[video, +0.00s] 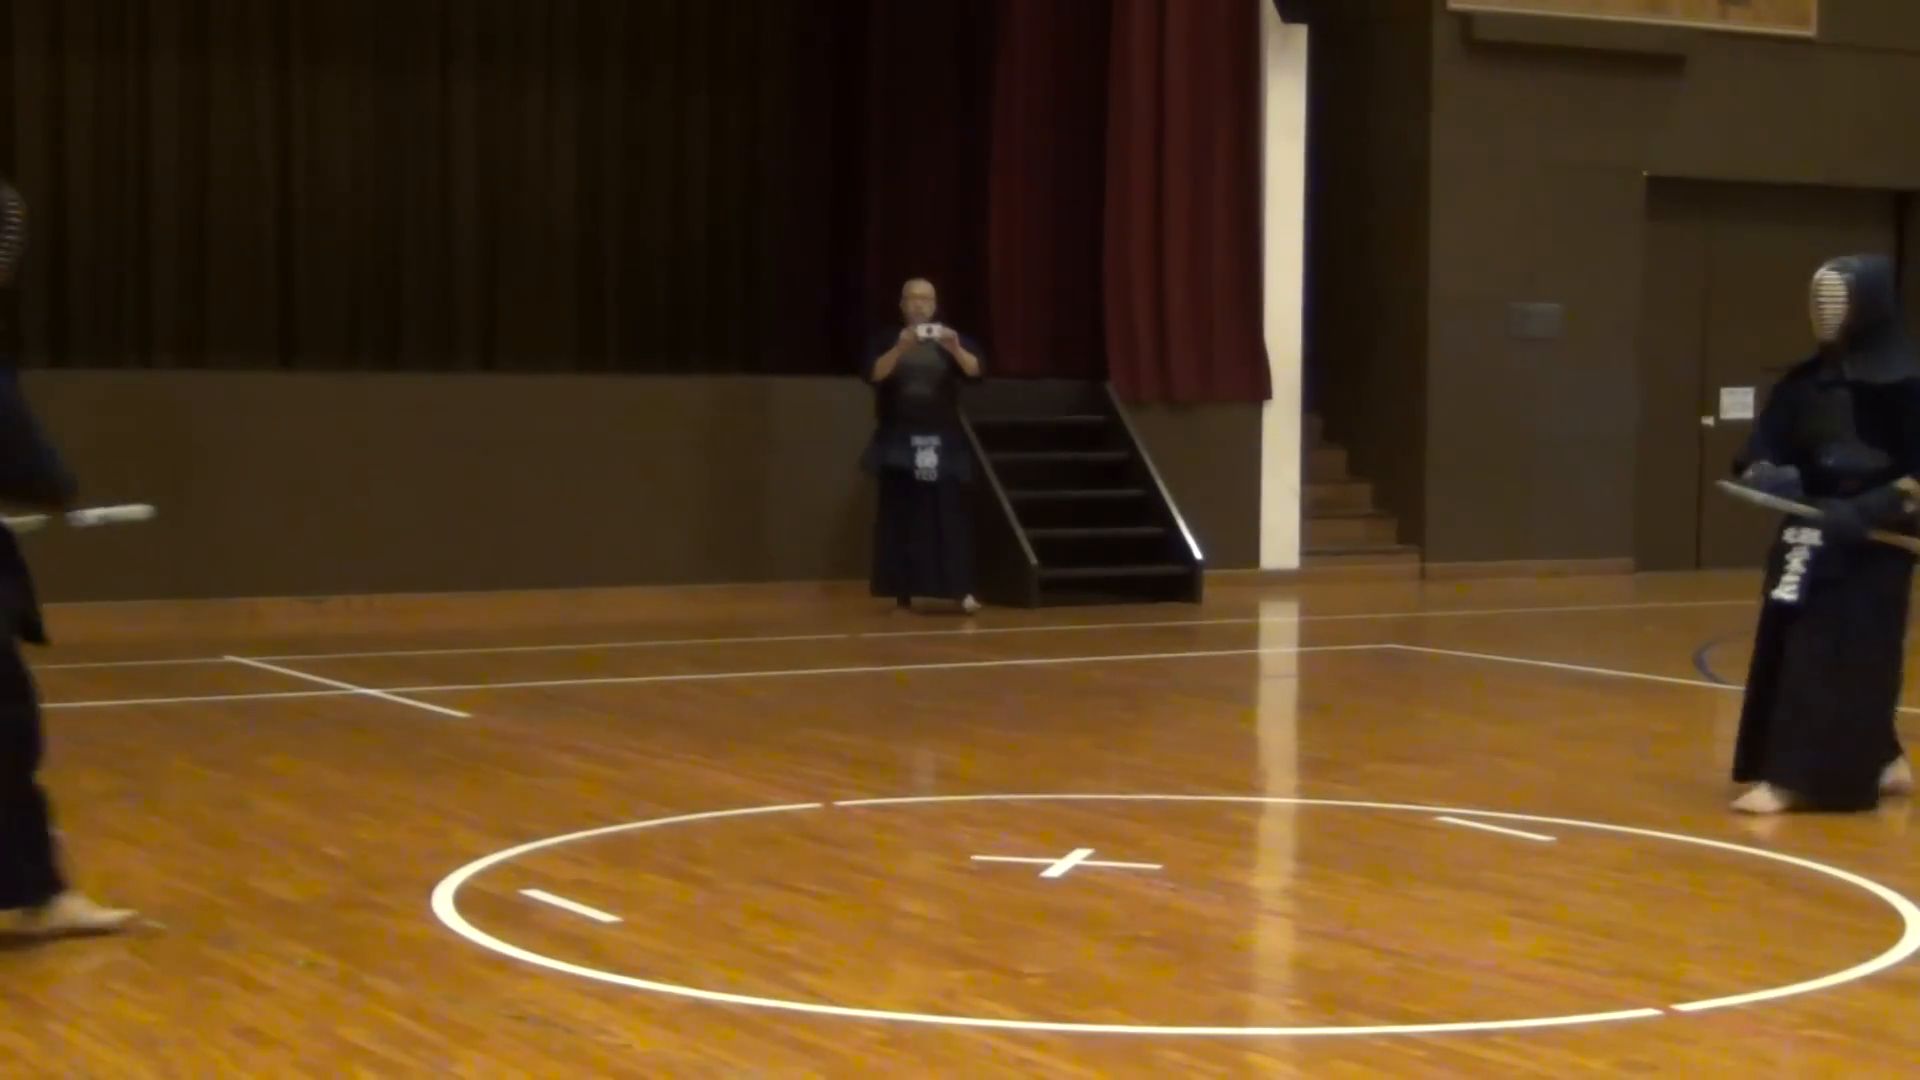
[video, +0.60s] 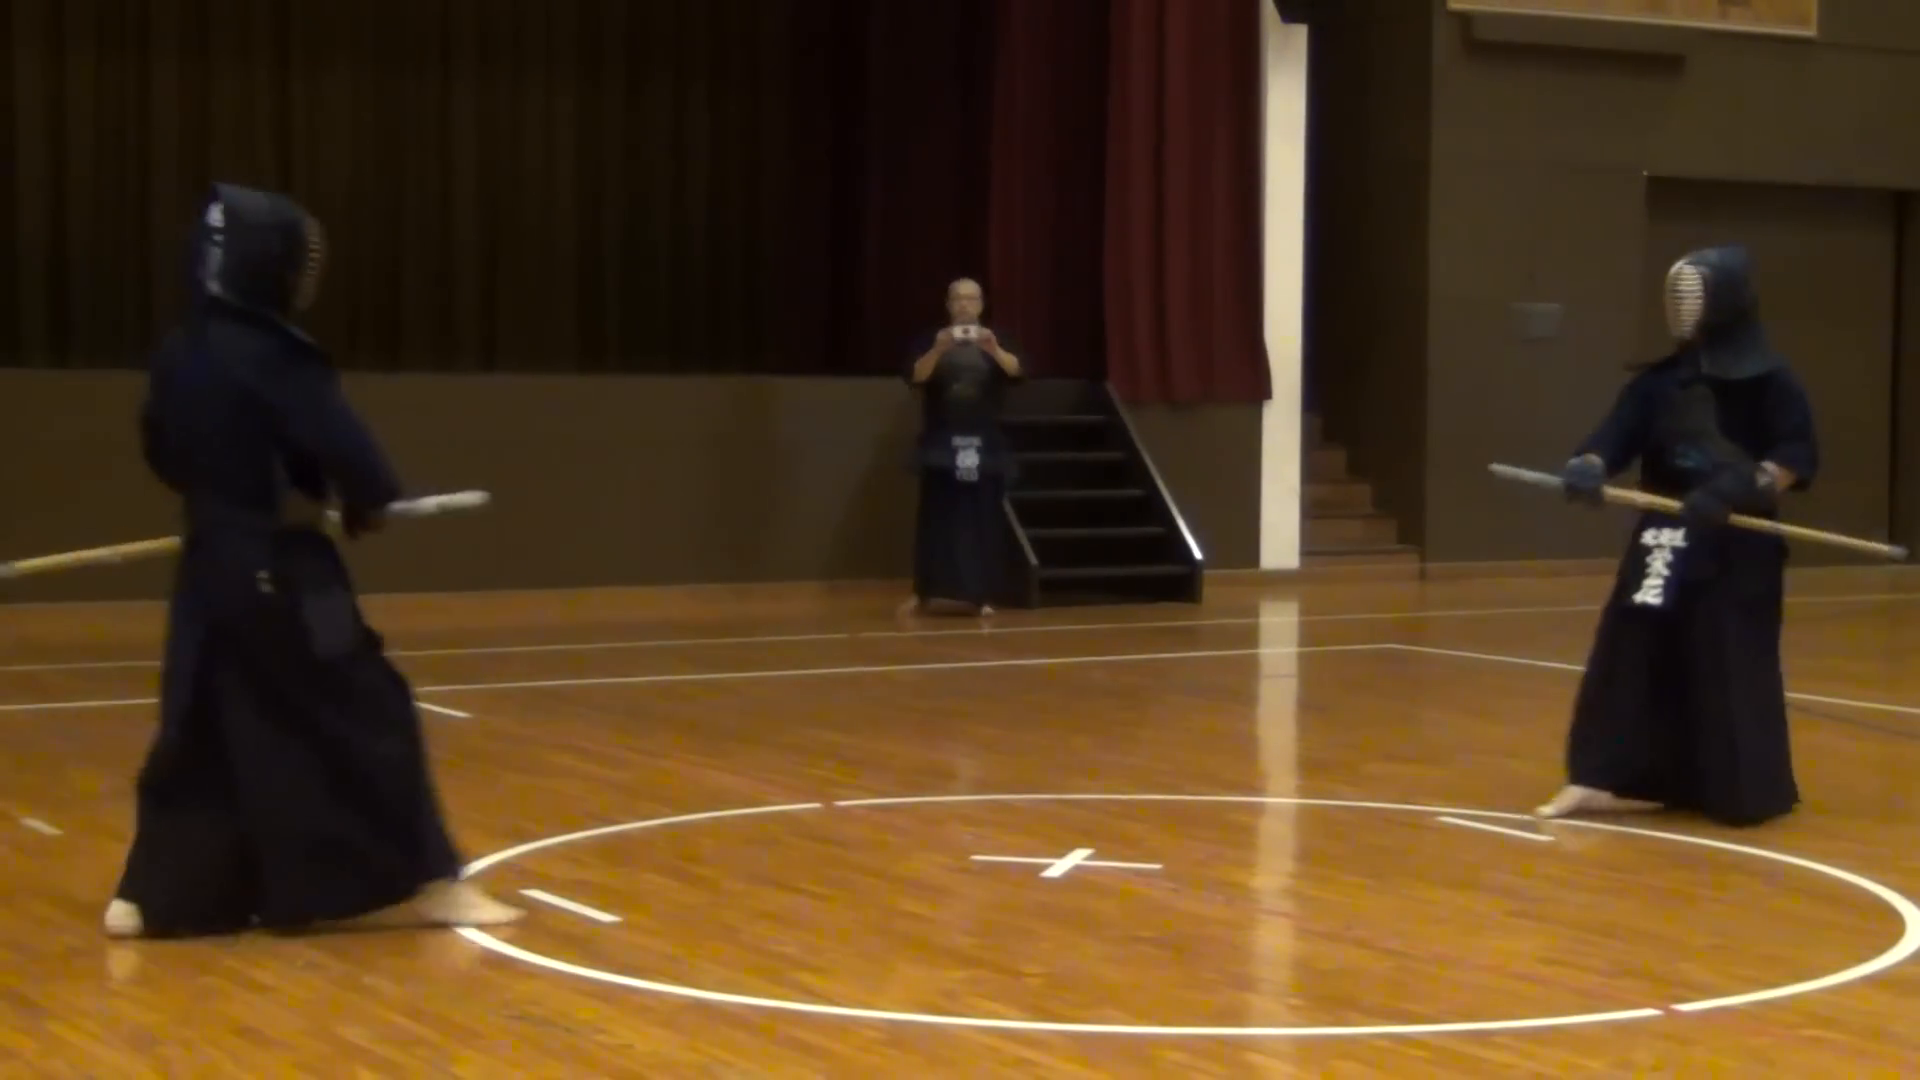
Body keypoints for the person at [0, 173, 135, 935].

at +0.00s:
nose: (15, 246)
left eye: (14, 228)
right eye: (11, 228)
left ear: (14, 236)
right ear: (3, 237)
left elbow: (10, 420)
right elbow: (9, 425)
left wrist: (48, 483)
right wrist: (52, 484)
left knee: (10, 721)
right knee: (8, 719)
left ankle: (31, 886)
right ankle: (28, 887)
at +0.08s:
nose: (55, 260)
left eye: (56, 243)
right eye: (46, 244)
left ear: (23, 249)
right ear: (20, 249)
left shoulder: (21, 336)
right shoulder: (13, 341)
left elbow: (71, 452)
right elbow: (76, 458)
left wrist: (72, 482)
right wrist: (82, 484)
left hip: (26, 586)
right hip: (19, 592)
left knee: (51, 737)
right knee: (44, 739)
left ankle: (109, 882)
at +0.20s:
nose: (120, 261)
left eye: (120, 245)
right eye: (111, 246)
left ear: (37, 246)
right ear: (77, 251)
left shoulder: (24, 326)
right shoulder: (67, 340)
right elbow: (160, 460)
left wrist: (133, 493)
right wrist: (141, 500)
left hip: (21, 560)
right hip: (57, 569)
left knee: (45, 727)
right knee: (108, 722)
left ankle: (46, 896)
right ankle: (126, 898)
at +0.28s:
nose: (161, 251)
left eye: (159, 235)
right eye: (150, 237)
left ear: (72, 242)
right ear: (115, 245)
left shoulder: (33, 324)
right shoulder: (118, 339)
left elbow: (45, 443)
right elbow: (195, 458)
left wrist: (163, 478)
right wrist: (180, 492)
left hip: (52, 550)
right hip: (114, 558)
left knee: (68, 717)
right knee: (145, 717)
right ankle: (32, 870)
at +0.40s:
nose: (215, 251)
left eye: (215, 236)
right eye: (206, 237)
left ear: (128, 239)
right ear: (171, 242)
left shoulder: (86, 322)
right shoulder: (175, 334)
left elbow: (84, 434)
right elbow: (248, 456)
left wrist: (154, 472)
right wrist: (239, 489)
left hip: (109, 545)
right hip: (176, 550)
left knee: (124, 703)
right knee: (242, 703)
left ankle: (129, 886)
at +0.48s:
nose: (254, 261)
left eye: (254, 245)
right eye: (245, 247)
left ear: (173, 247)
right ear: (210, 252)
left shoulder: (128, 327)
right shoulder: (213, 342)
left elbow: (109, 435)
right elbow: (291, 458)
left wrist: (186, 470)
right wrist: (289, 490)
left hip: (146, 553)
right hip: (218, 555)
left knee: (151, 709)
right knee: (303, 698)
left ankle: (143, 895)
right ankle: (295, 887)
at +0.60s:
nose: (315, 278)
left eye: (314, 262)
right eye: (306, 263)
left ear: (226, 266)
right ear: (274, 269)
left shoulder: (185, 350)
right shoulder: (282, 360)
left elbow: (166, 455)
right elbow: (356, 460)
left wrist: (255, 492)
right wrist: (368, 504)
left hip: (210, 567)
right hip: (284, 571)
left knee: (202, 725)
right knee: (375, 706)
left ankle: (143, 892)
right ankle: (437, 879)